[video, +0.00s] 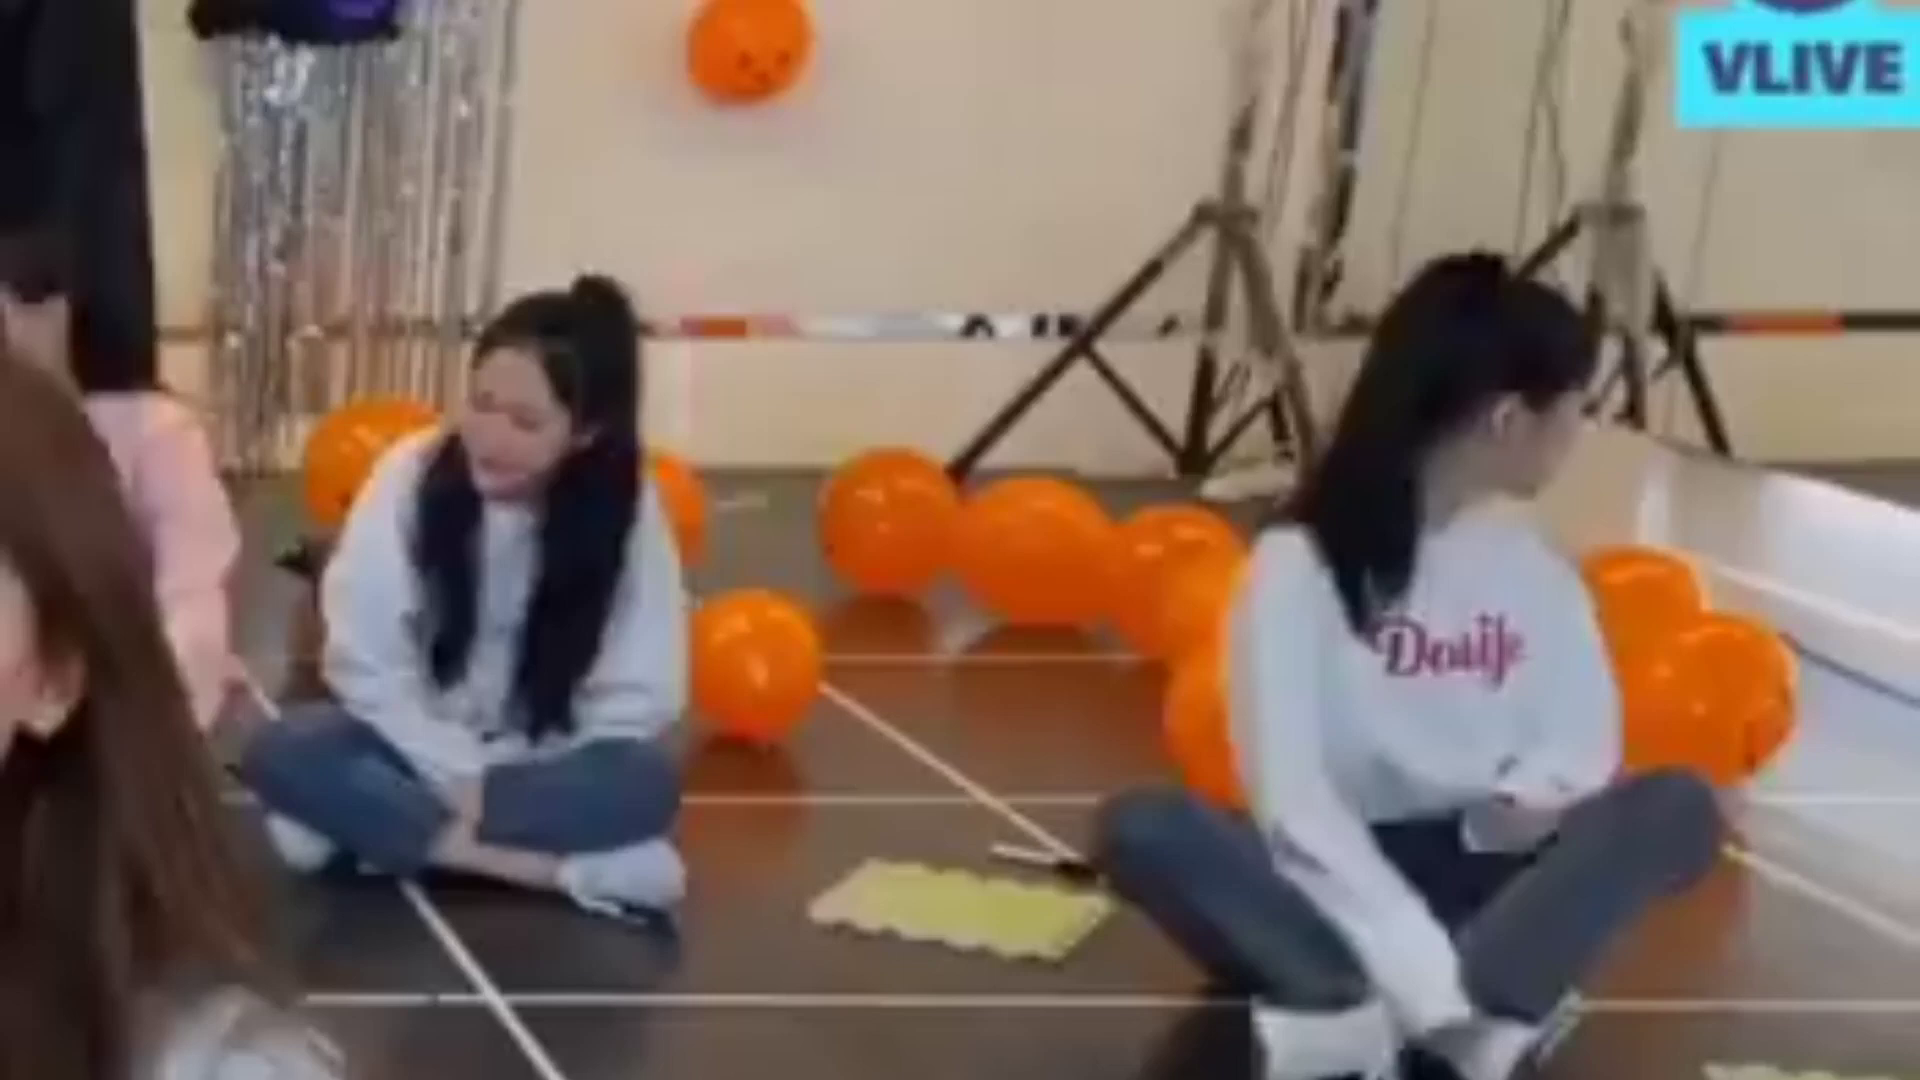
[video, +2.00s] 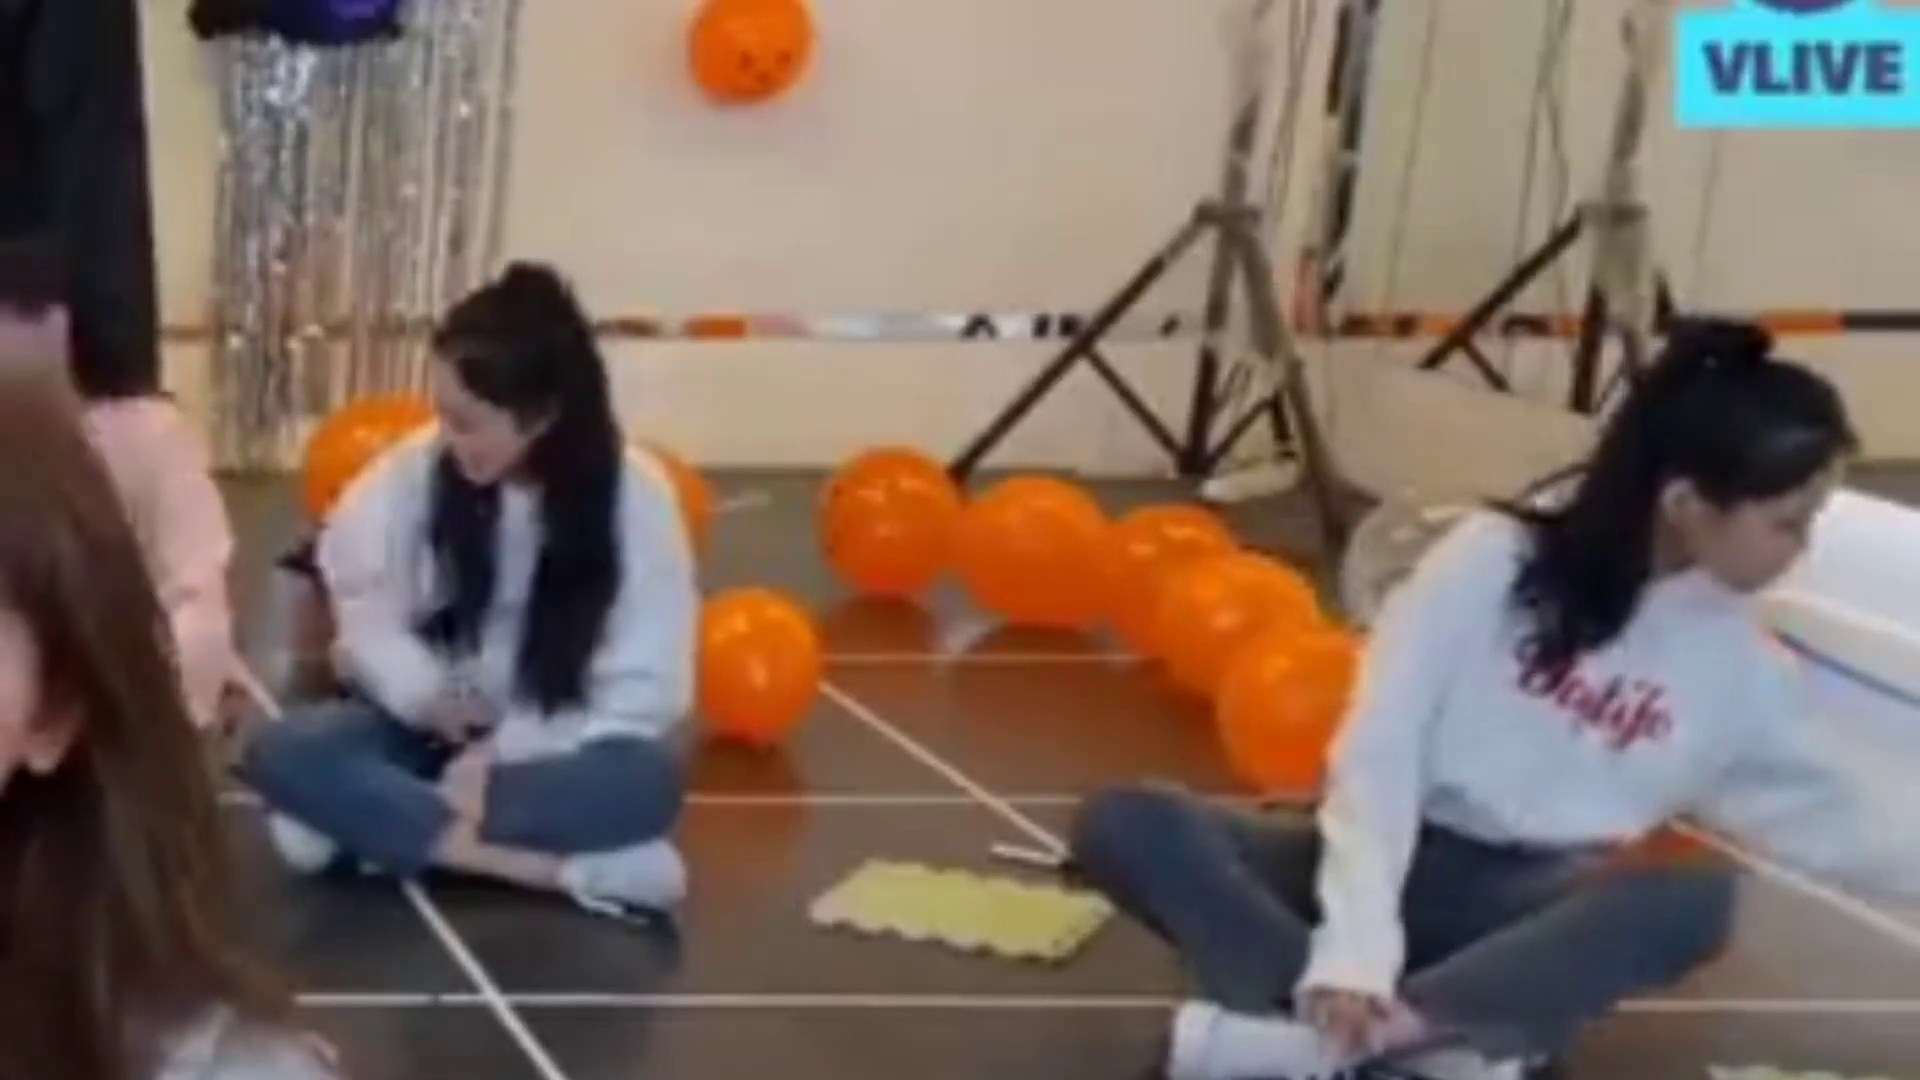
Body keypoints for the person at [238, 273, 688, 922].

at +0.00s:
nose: (490, 437)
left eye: (525, 422)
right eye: (482, 406)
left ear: (584, 433)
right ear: (463, 395)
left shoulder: (626, 506)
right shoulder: (408, 477)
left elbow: (645, 694)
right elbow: (357, 658)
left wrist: (505, 776)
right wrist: (454, 772)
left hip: (550, 748)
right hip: (418, 734)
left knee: (646, 783)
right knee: (280, 751)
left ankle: (374, 841)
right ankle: (547, 874)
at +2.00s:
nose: (451, 442)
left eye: (470, 426)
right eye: (444, 419)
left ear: (541, 414)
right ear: (436, 396)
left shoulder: (633, 497)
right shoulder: (409, 476)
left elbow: (650, 693)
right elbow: (356, 604)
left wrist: (503, 751)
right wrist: (430, 700)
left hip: (558, 731)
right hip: (423, 720)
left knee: (642, 785)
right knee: (280, 751)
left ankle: (371, 836)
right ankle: (549, 874)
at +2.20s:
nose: (430, 427)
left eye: (447, 409)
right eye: (427, 404)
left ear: (509, 400)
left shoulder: (626, 486)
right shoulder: (404, 470)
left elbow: (638, 688)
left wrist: (486, 766)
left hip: (562, 727)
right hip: (432, 714)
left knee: (641, 785)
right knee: (278, 753)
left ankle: (372, 837)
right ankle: (554, 877)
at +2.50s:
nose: (397, 413)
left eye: (408, 393)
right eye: (397, 391)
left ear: (460, 389)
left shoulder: (609, 474)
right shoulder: (404, 470)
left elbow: (630, 669)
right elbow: (358, 609)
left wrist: (482, 770)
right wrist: (318, 702)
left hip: (553, 723)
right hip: (426, 713)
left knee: (642, 783)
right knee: (277, 756)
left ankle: (373, 836)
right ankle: (552, 876)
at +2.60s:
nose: (391, 420)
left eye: (402, 398)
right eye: (387, 398)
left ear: (456, 387)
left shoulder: (602, 473)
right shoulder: (406, 467)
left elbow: (626, 665)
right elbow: (364, 612)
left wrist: (483, 770)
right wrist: (317, 693)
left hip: (550, 722)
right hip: (426, 712)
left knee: (643, 780)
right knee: (276, 754)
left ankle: (373, 835)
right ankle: (552, 876)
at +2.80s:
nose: (380, 417)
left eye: (389, 396)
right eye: (377, 396)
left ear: (445, 386)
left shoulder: (600, 474)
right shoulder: (397, 465)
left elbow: (625, 664)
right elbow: (349, 622)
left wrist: (482, 770)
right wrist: (308, 689)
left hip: (550, 722)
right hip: (424, 712)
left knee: (646, 776)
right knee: (274, 753)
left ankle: (372, 835)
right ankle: (552, 875)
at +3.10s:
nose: (405, 395)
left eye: (422, 374)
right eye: (404, 370)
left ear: (478, 372)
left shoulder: (607, 473)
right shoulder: (400, 464)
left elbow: (639, 668)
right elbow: (340, 614)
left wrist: (483, 748)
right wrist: (301, 694)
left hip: (549, 725)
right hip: (417, 711)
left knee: (647, 778)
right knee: (279, 750)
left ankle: (366, 833)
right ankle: (553, 876)